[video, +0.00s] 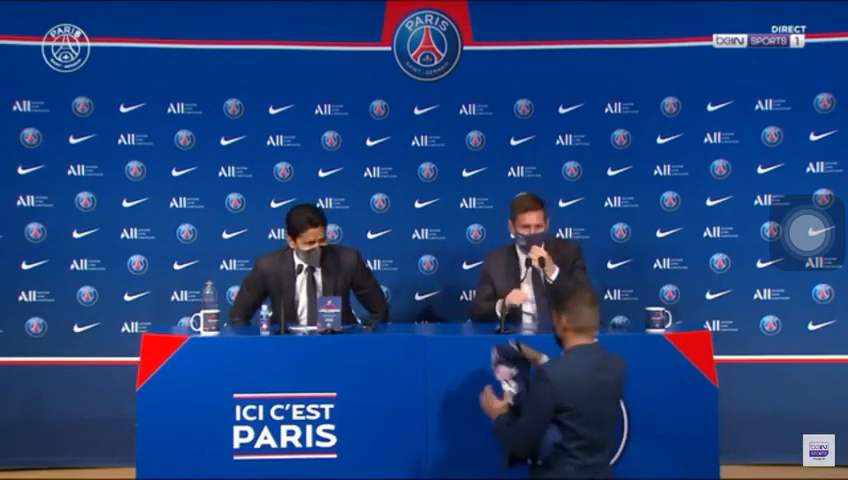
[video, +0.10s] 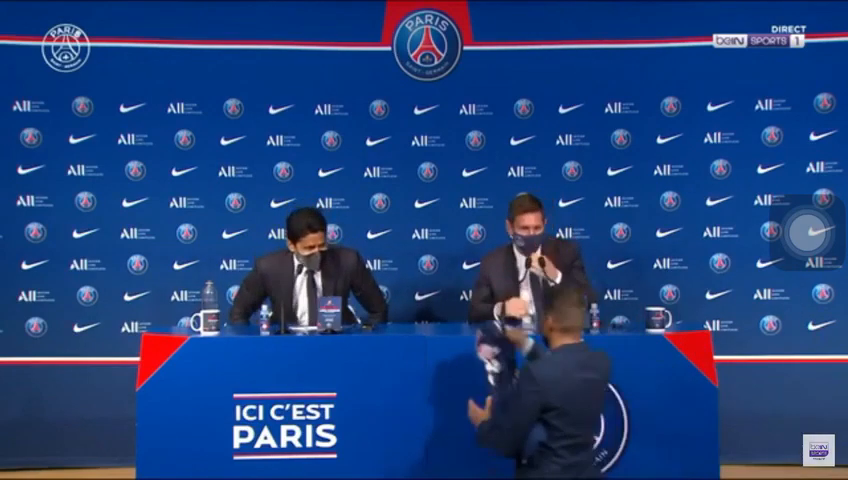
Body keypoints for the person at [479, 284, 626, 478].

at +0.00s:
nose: (553, 324)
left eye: (553, 319)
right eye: (552, 319)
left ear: (563, 323)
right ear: (596, 320)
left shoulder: (549, 376)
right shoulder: (616, 366)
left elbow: (520, 445)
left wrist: (498, 415)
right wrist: (541, 360)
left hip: (561, 471)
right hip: (601, 469)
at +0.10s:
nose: (540, 325)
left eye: (542, 319)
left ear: (549, 323)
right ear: (583, 321)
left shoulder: (536, 372)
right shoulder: (601, 363)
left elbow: (506, 441)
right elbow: (564, 375)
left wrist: (483, 424)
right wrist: (526, 345)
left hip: (547, 468)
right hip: (585, 466)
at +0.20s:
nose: (518, 316)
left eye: (520, 309)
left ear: (527, 317)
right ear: (561, 318)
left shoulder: (516, 371)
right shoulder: (580, 353)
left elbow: (489, 441)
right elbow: (537, 341)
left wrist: (469, 431)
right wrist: (500, 320)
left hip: (528, 468)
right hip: (568, 464)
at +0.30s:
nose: (504, 317)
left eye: (505, 313)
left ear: (512, 318)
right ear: (546, 315)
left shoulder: (499, 370)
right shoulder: (565, 350)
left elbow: (474, 444)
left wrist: (465, 422)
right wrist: (486, 308)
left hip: (515, 467)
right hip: (557, 463)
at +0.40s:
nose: (483, 315)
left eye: (484, 310)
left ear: (488, 319)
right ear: (523, 316)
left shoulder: (477, 369)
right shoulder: (544, 348)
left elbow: (457, 442)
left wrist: (454, 421)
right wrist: (475, 298)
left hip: (499, 466)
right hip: (542, 462)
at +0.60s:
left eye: (440, 309)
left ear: (444, 315)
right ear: (482, 311)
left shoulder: (435, 368)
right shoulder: (504, 344)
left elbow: (425, 444)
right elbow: (481, 312)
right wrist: (453, 281)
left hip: (467, 461)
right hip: (515, 458)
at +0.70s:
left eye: (424, 308)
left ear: (427, 314)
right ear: (465, 309)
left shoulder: (419, 366)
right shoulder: (488, 340)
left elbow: (413, 442)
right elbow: (471, 304)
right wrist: (443, 281)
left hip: (453, 460)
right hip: (503, 456)